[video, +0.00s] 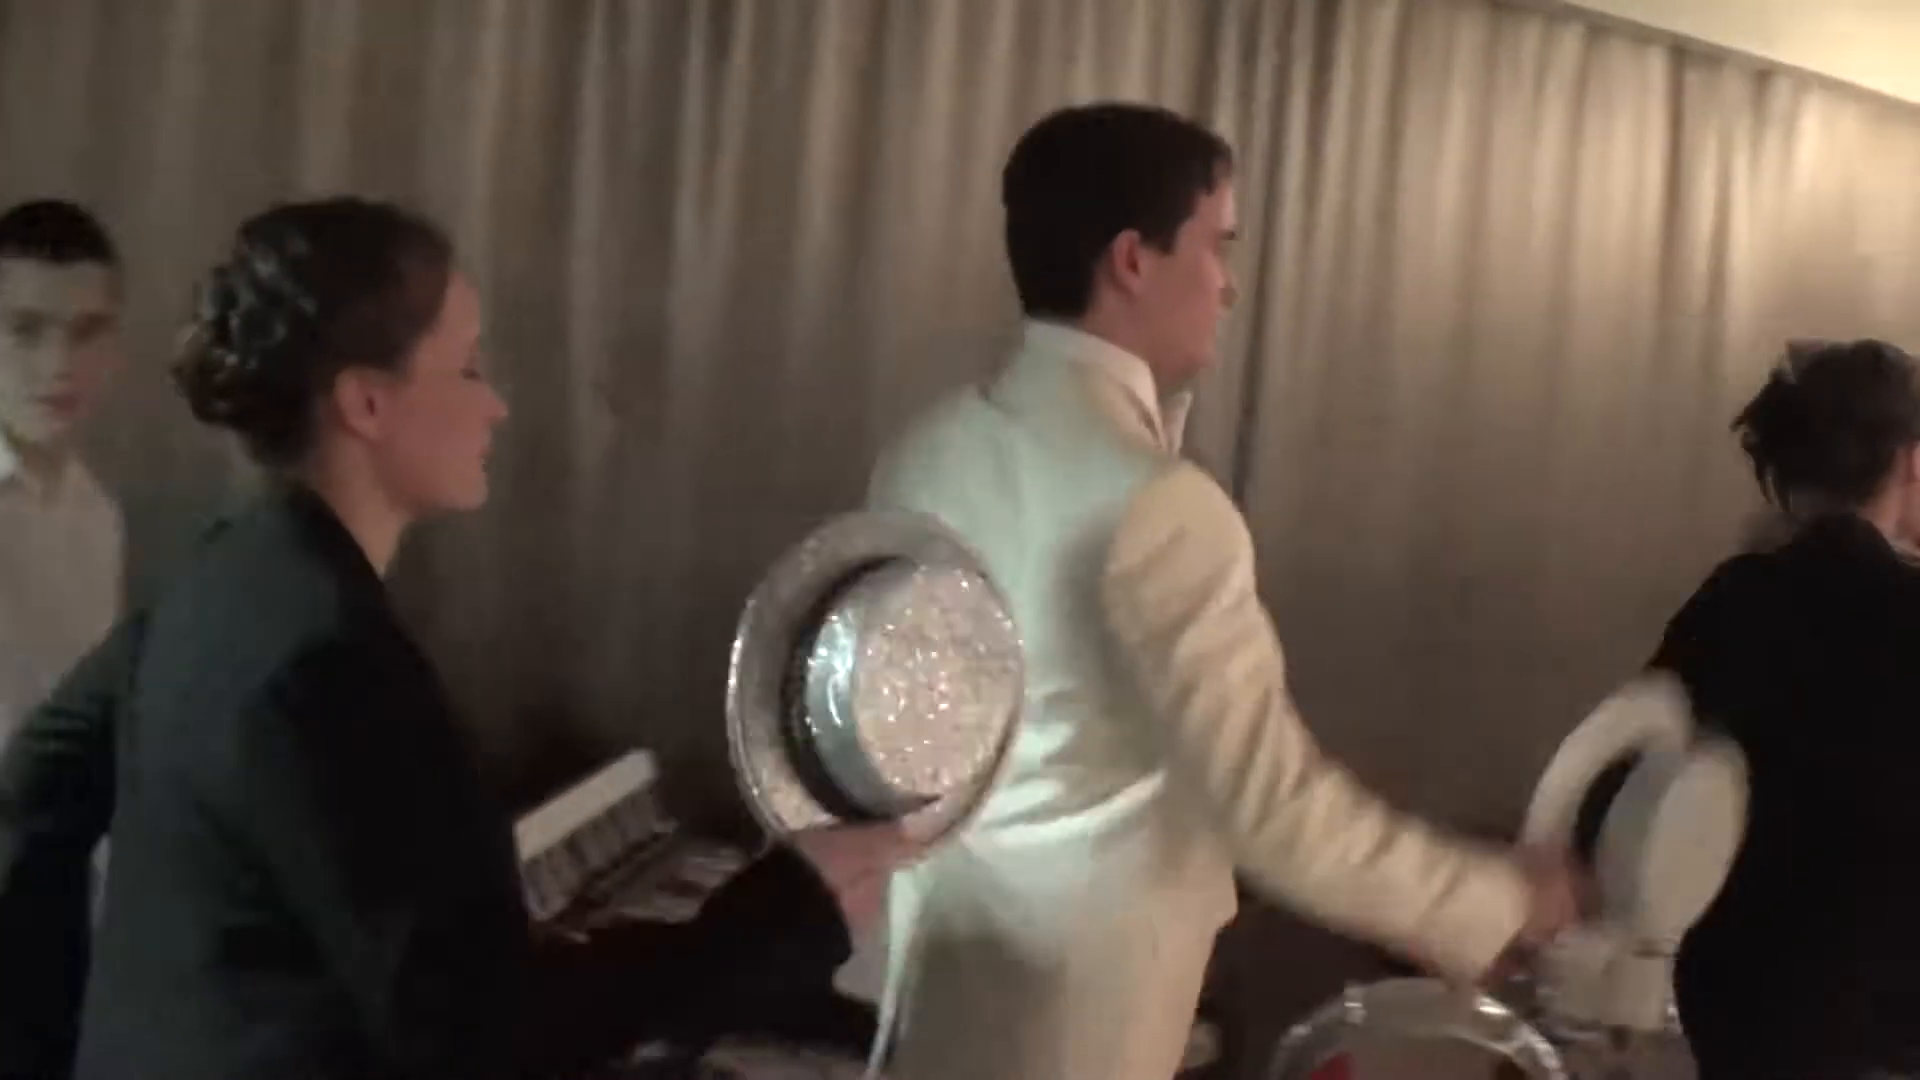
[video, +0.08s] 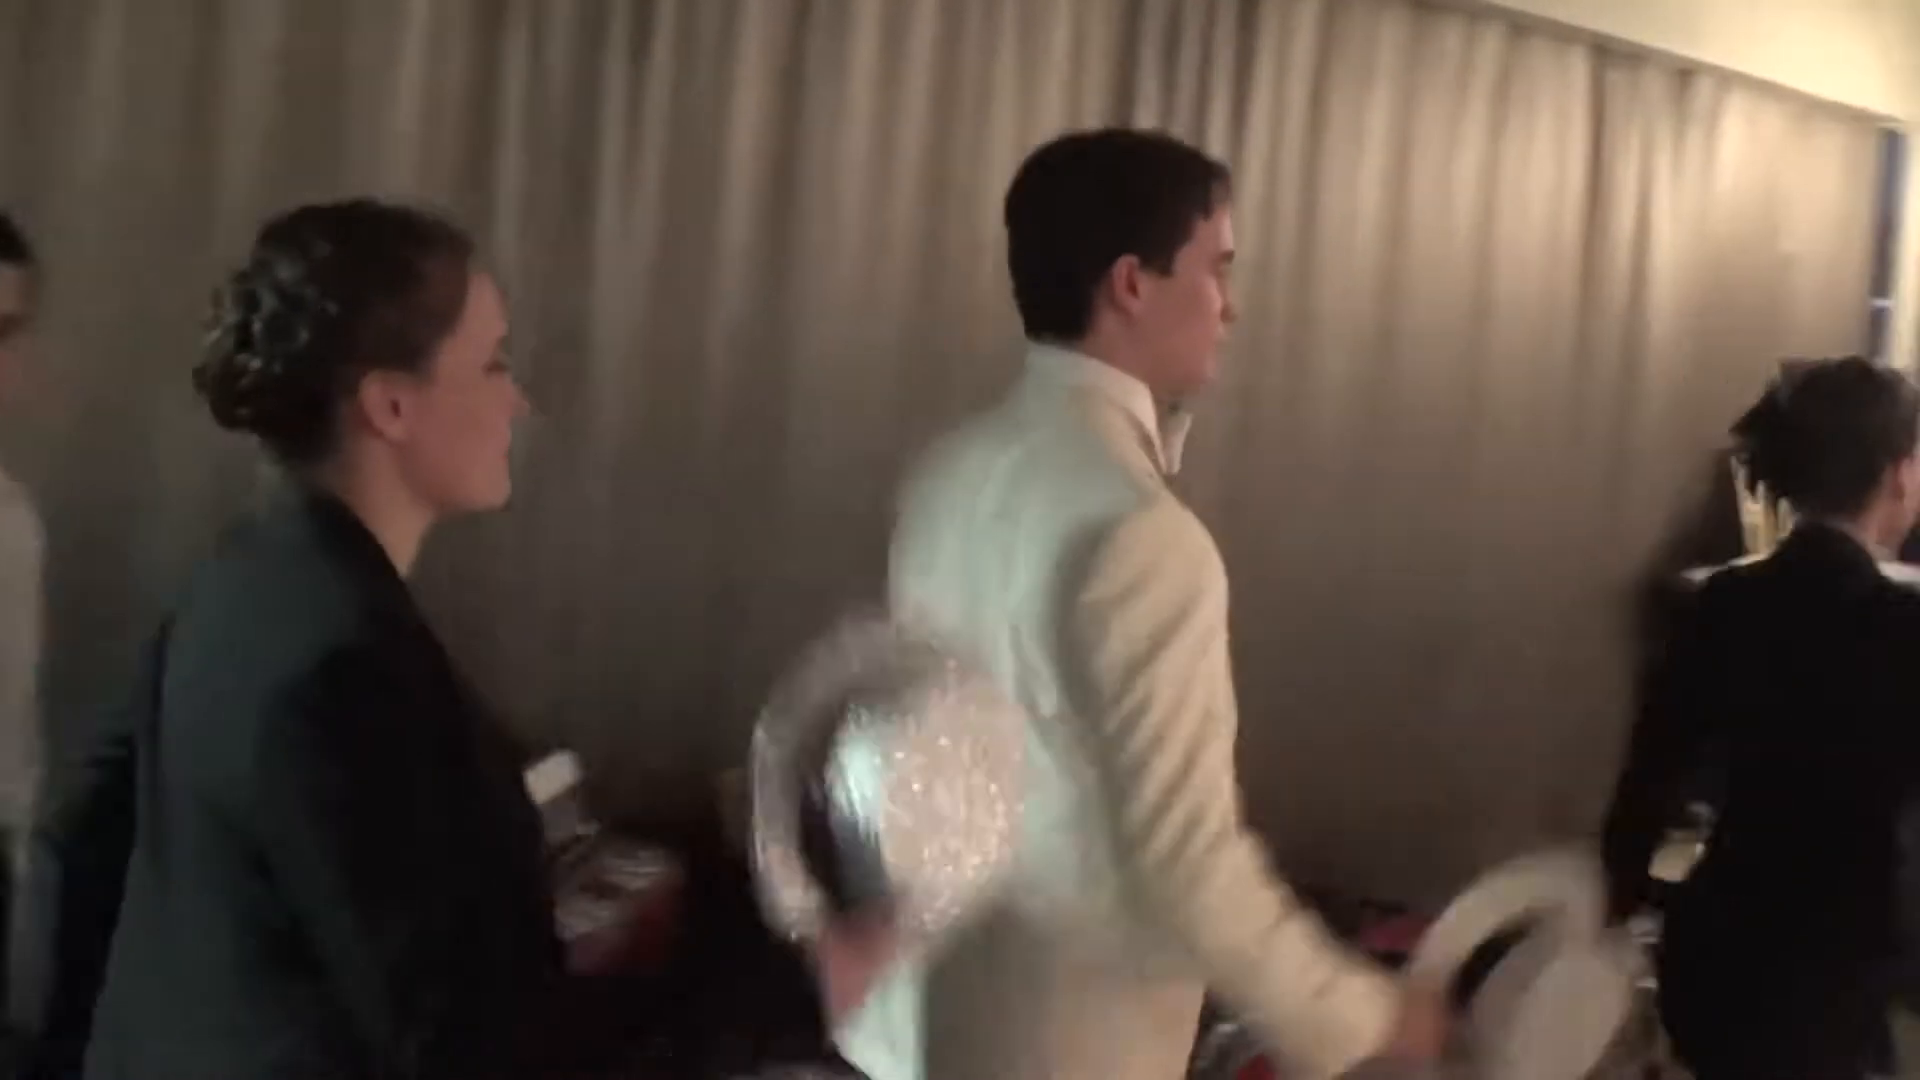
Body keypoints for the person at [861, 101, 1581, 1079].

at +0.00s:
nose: (1229, 283)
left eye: (1227, 249)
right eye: (1217, 247)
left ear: (1120, 266)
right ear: (1133, 263)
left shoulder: (924, 452)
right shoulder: (1153, 505)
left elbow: (874, 721)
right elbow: (1272, 800)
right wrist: (1502, 902)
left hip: (938, 958)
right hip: (1088, 993)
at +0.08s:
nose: (1232, 305)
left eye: (1228, 270)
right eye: (1215, 269)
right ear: (1130, 286)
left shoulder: (946, 477)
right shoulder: (1136, 535)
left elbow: (916, 762)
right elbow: (1188, 857)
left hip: (920, 1013)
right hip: (1083, 1036)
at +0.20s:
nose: (1225, 302)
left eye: (1220, 269)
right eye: (1210, 269)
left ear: (1114, 294)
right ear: (1127, 291)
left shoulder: (970, 459)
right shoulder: (1108, 515)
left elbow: (1018, 710)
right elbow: (1086, 846)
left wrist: (1232, 778)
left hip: (927, 1001)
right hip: (1042, 1034)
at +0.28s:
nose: (1227, 288)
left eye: (1222, 257)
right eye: (1213, 257)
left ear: (1117, 278)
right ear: (1128, 276)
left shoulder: (1006, 423)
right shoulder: (1112, 485)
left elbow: (1144, 613)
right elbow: (1028, 783)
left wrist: (1317, 646)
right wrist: (1089, 1032)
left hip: (931, 981)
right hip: (1029, 1016)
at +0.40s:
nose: (1279, 305)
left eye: (1276, 276)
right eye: (1263, 275)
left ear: (1164, 298)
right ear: (1178, 294)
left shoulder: (1047, 419)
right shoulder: (1183, 495)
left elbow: (1144, 597)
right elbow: (1084, 773)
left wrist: (1359, 579)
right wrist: (1135, 1011)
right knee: (1355, 1040)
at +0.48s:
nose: (1309, 333)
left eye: (1306, 301)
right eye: (1293, 300)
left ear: (1200, 314)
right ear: (1209, 314)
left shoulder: (1057, 448)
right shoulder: (1221, 524)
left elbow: (1094, 705)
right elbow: (1176, 804)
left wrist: (1327, 689)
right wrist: (1226, 1024)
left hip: (1012, 970)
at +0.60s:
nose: (1307, 364)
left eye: (1308, 330)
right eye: (1297, 329)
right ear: (1218, 337)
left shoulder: (1036, 492)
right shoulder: (1248, 546)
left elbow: (1084, 694)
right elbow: (1274, 811)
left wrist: (1271, 679)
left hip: (1040, 968)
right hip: (1184, 1002)